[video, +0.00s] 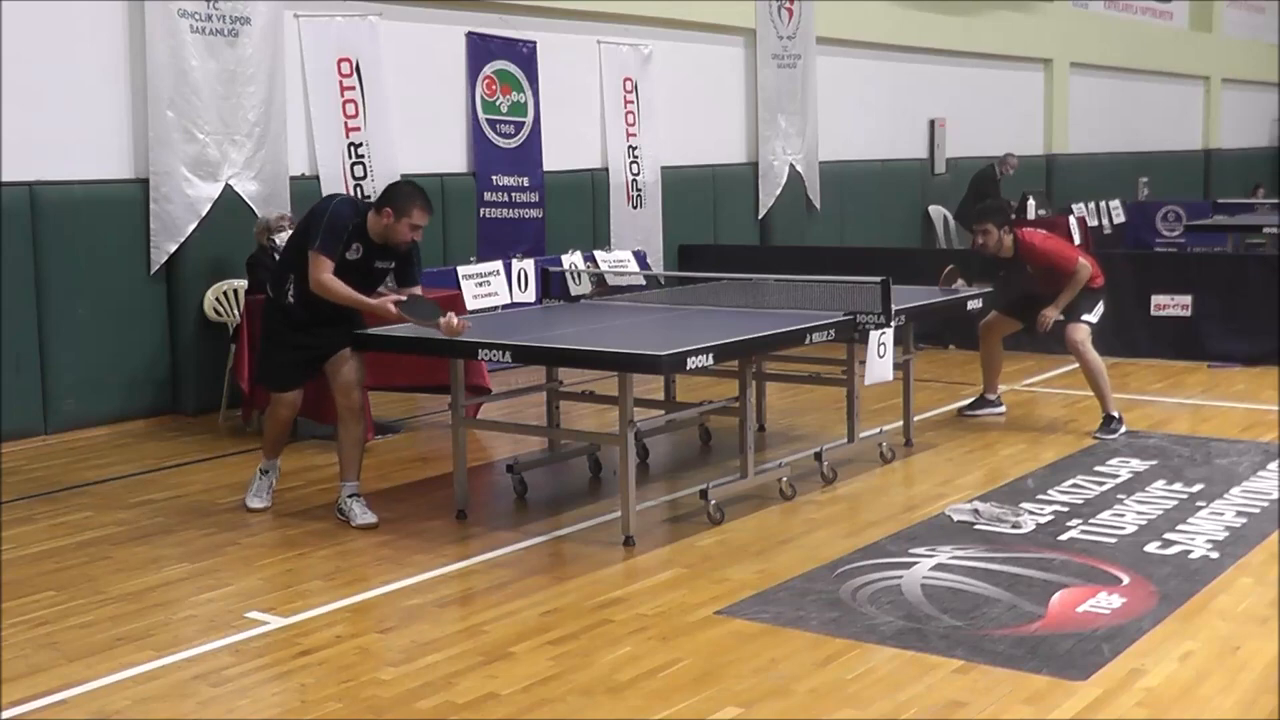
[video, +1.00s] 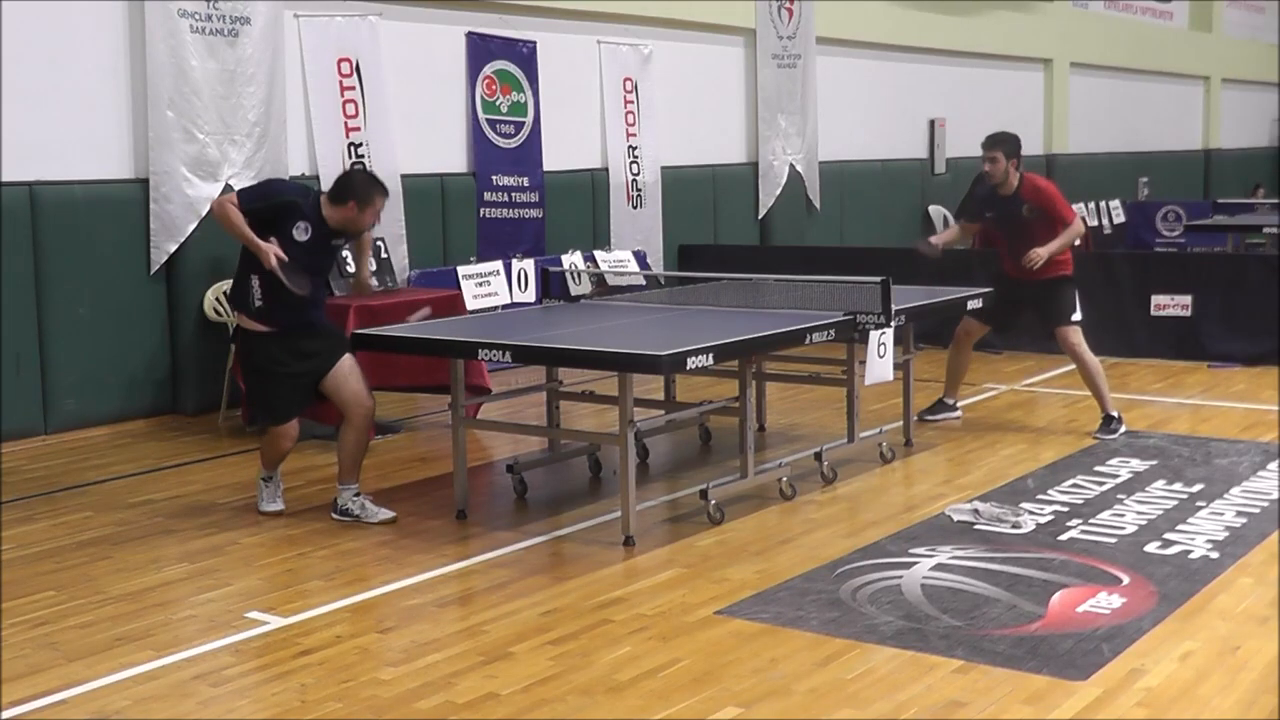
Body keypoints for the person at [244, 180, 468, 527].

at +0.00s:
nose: (417, 237)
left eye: (420, 230)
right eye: (413, 228)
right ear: (387, 215)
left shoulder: (404, 244)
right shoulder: (337, 213)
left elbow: (413, 301)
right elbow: (318, 280)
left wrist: (439, 321)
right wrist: (372, 305)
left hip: (337, 315)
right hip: (290, 310)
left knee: (352, 396)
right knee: (286, 403)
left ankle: (349, 494)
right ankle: (267, 470)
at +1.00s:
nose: (375, 221)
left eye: (377, 214)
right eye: (373, 214)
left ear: (352, 207)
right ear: (353, 207)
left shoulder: (339, 224)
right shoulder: (285, 197)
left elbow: (363, 230)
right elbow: (221, 205)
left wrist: (362, 275)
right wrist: (257, 244)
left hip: (310, 329)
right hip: (261, 335)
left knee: (361, 405)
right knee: (284, 434)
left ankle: (348, 497)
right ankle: (269, 477)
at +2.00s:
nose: (289, 223)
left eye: (288, 215)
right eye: (285, 216)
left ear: (237, 220)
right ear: (263, 227)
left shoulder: (196, 241)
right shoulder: (251, 282)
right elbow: (307, 354)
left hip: (119, 380)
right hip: (152, 390)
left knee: (137, 463)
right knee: (254, 454)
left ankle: (69, 544)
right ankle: (245, 570)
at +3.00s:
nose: (247, 196)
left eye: (246, 188)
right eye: (247, 189)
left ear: (198, 181)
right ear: (236, 192)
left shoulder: (148, 210)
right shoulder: (227, 244)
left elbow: (155, 277)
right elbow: (234, 322)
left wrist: (223, 289)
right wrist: (252, 295)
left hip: (93, 355)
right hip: (145, 363)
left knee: (124, 452)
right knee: (209, 461)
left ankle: (92, 555)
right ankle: (236, 589)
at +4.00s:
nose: (347, 215)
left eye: (347, 207)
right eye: (345, 208)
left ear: (296, 208)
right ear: (332, 214)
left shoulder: (257, 236)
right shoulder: (323, 270)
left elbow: (232, 302)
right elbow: (337, 352)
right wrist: (377, 348)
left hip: (203, 385)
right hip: (249, 390)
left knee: (232, 464)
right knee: (358, 447)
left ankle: (163, 549)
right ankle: (357, 565)